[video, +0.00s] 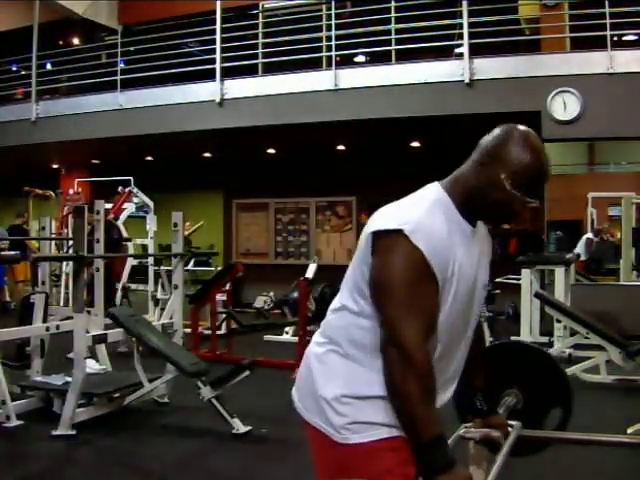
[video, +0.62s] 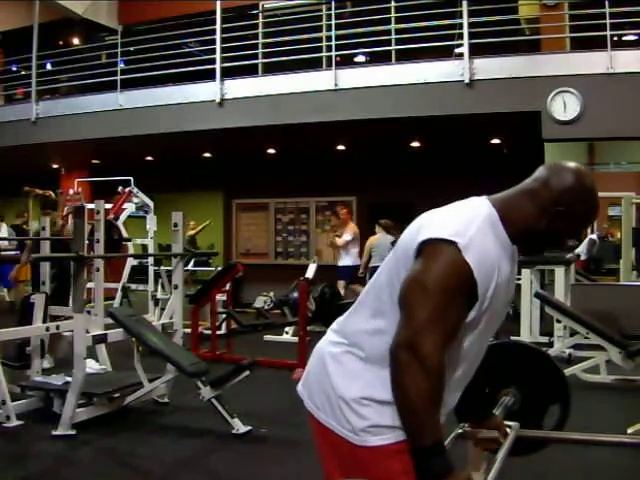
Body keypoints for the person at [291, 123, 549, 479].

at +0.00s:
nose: (524, 208)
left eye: (530, 197)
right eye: (524, 192)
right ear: (500, 176)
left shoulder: (477, 235)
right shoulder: (410, 231)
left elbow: (467, 328)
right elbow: (405, 356)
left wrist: (479, 411)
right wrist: (439, 462)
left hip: (410, 396)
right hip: (352, 402)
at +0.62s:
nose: (569, 245)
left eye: (576, 236)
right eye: (573, 232)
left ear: (540, 195)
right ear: (553, 214)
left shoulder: (495, 244)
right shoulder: (463, 242)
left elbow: (450, 346)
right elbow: (414, 352)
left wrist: (471, 413)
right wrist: (434, 463)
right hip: (359, 400)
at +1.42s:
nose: (558, 204)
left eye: (556, 191)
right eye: (549, 190)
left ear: (510, 195)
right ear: (512, 194)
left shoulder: (496, 252)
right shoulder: (455, 258)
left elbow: (445, 346)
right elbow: (402, 359)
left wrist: (472, 412)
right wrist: (429, 464)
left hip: (396, 400)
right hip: (351, 408)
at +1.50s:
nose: (534, 174)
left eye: (528, 161)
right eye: (518, 160)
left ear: (474, 172)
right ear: (472, 170)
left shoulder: (486, 246)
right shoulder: (435, 250)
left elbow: (442, 349)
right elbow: (398, 360)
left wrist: (469, 416)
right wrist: (432, 461)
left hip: (409, 406)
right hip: (356, 412)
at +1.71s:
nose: (486, 136)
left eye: (481, 127)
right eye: (471, 127)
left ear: (439, 145)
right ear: (437, 143)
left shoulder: (453, 219)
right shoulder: (410, 214)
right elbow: (373, 326)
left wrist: (463, 393)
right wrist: (431, 425)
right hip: (366, 422)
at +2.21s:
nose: (436, 128)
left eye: (434, 118)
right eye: (424, 117)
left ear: (388, 125)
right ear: (386, 124)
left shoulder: (399, 197)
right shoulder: (362, 195)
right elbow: (317, 293)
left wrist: (434, 356)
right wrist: (385, 386)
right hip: (343, 414)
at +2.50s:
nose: (386, 142)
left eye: (389, 132)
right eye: (375, 129)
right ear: (335, 121)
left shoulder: (361, 200)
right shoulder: (304, 191)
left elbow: (352, 298)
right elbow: (256, 295)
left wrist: (402, 344)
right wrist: (335, 386)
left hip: (373, 414)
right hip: (312, 426)